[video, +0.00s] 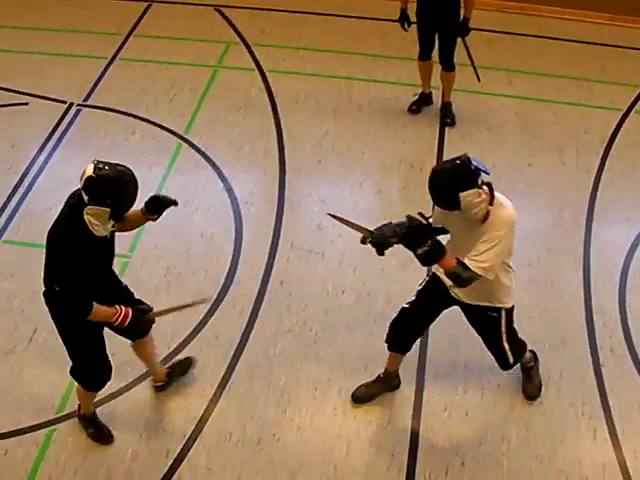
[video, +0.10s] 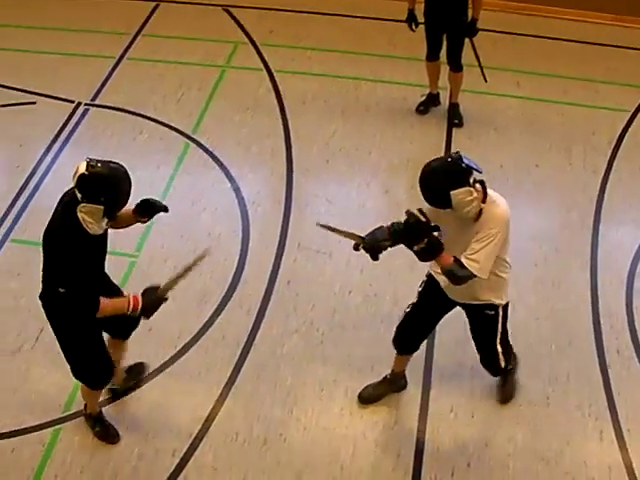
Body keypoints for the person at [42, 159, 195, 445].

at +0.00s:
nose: (123, 212)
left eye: (124, 208)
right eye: (120, 208)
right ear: (102, 206)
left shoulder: (94, 205)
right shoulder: (67, 237)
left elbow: (117, 223)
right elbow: (74, 305)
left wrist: (145, 214)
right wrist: (124, 316)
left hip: (100, 282)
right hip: (70, 301)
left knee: (139, 324)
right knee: (95, 370)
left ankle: (159, 375)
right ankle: (86, 414)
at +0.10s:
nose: (116, 210)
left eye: (118, 205)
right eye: (114, 206)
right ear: (97, 205)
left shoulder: (87, 202)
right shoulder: (66, 238)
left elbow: (111, 222)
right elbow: (84, 305)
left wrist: (137, 214)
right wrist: (135, 304)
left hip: (92, 281)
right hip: (66, 303)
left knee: (125, 321)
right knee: (97, 369)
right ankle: (92, 414)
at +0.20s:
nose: (121, 204)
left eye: (122, 199)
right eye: (118, 200)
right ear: (100, 200)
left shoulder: (83, 196)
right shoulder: (73, 236)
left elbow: (114, 212)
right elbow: (99, 298)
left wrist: (139, 207)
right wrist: (147, 277)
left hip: (85, 290)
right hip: (71, 306)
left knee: (114, 321)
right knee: (110, 365)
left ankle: (82, 378)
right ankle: (103, 411)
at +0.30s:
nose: (123, 199)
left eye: (123, 194)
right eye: (119, 195)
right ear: (103, 196)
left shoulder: (84, 191)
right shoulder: (78, 231)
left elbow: (117, 205)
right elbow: (104, 283)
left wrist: (149, 214)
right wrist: (147, 242)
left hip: (76, 288)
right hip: (81, 303)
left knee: (80, 331)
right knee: (121, 361)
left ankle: (61, 372)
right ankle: (114, 410)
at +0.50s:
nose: (127, 195)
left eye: (127, 190)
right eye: (124, 189)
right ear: (112, 188)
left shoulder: (103, 186)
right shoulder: (82, 212)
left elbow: (134, 217)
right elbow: (115, 249)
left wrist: (140, 248)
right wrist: (140, 202)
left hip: (83, 278)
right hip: (97, 294)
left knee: (82, 325)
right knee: (147, 347)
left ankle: (65, 372)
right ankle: (138, 405)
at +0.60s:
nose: (126, 191)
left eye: (128, 185)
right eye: (125, 186)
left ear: (97, 174)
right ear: (109, 187)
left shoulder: (85, 187)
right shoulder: (83, 219)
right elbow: (107, 255)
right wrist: (135, 201)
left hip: (82, 282)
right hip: (98, 297)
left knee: (85, 327)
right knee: (148, 348)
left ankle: (68, 373)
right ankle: (142, 405)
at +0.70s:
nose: (119, 189)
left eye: (121, 182)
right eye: (118, 183)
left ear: (94, 175)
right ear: (104, 185)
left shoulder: (82, 187)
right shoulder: (75, 218)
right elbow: (101, 252)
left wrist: (129, 190)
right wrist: (129, 202)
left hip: (82, 282)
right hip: (95, 296)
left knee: (85, 325)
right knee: (146, 349)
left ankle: (67, 373)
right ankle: (142, 405)